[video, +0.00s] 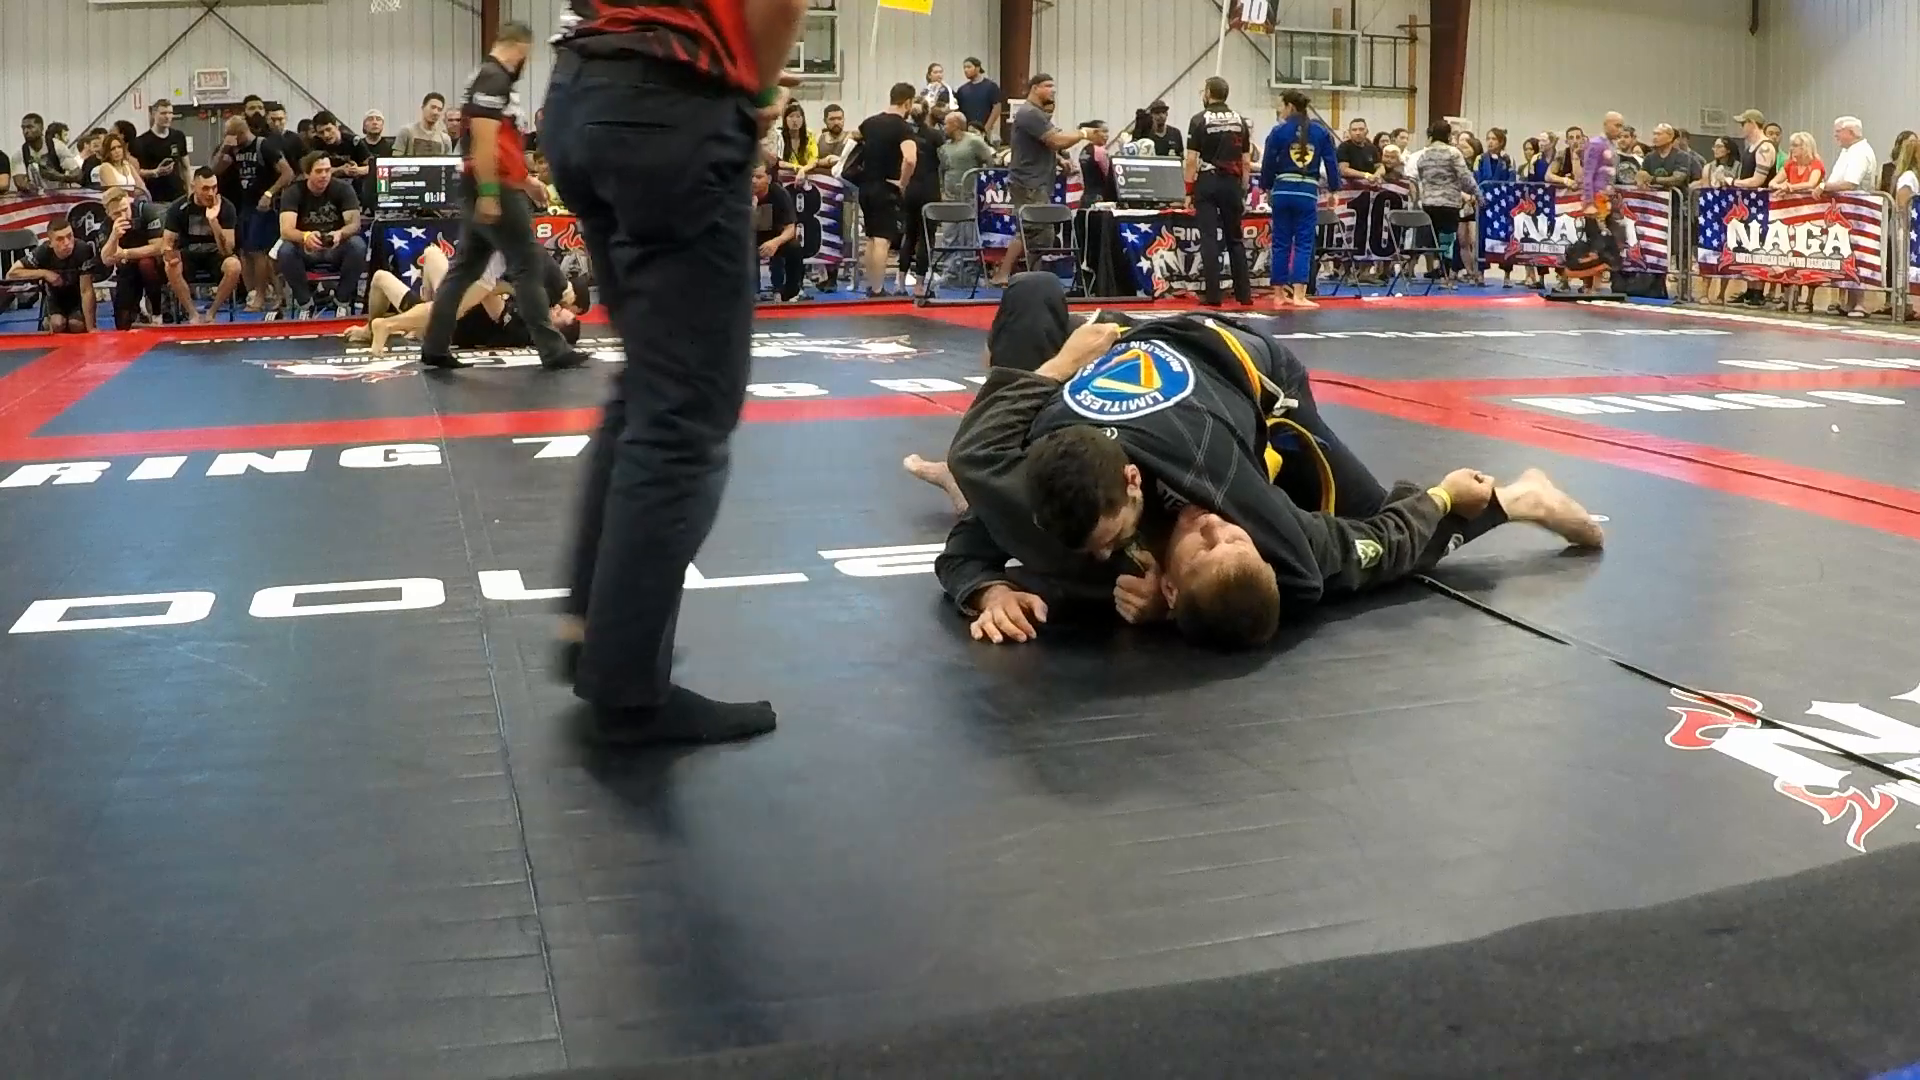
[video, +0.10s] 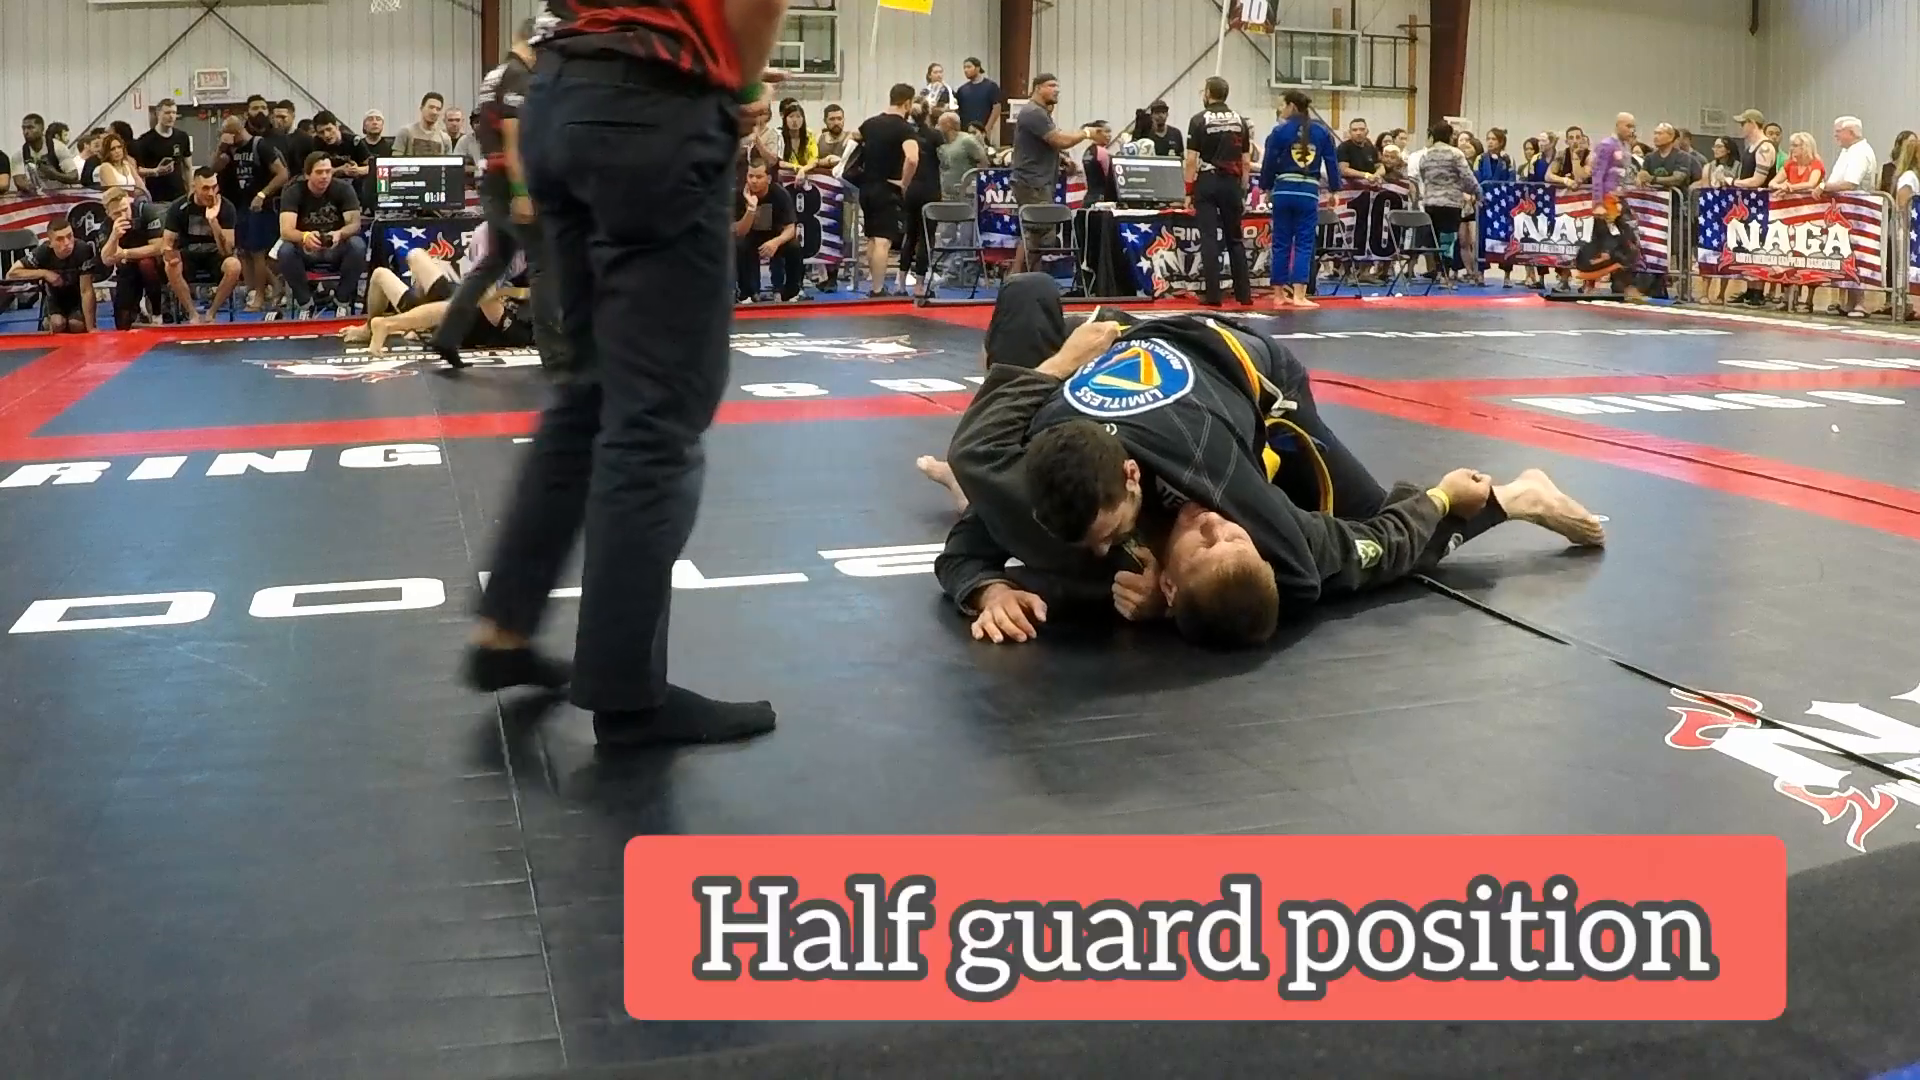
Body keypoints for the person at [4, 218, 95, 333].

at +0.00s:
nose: (67, 243)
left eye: (69, 237)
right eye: (60, 239)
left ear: (73, 235)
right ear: (50, 241)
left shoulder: (83, 249)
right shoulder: (44, 251)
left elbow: (86, 290)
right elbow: (12, 273)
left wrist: (91, 328)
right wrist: (44, 273)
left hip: (77, 292)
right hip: (55, 293)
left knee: (76, 325)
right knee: (58, 324)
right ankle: (47, 323)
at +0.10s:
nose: (67, 243)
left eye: (69, 237)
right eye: (60, 239)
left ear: (73, 235)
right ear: (50, 241)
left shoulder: (83, 250)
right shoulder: (43, 252)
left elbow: (86, 290)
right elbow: (12, 273)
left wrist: (91, 327)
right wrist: (44, 273)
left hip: (77, 293)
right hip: (55, 294)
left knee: (76, 324)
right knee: (58, 323)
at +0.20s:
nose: (67, 243)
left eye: (69, 237)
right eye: (60, 239)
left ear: (73, 235)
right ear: (50, 240)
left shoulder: (83, 250)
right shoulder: (43, 251)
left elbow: (86, 290)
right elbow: (12, 273)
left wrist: (91, 327)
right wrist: (44, 273)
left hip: (77, 292)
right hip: (55, 293)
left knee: (76, 324)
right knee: (58, 323)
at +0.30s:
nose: (67, 243)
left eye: (69, 237)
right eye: (60, 239)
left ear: (73, 235)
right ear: (50, 241)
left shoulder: (83, 249)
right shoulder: (43, 251)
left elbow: (86, 290)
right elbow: (12, 273)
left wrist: (91, 328)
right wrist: (44, 273)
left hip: (77, 292)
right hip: (55, 293)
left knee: (77, 325)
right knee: (58, 323)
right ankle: (46, 324)